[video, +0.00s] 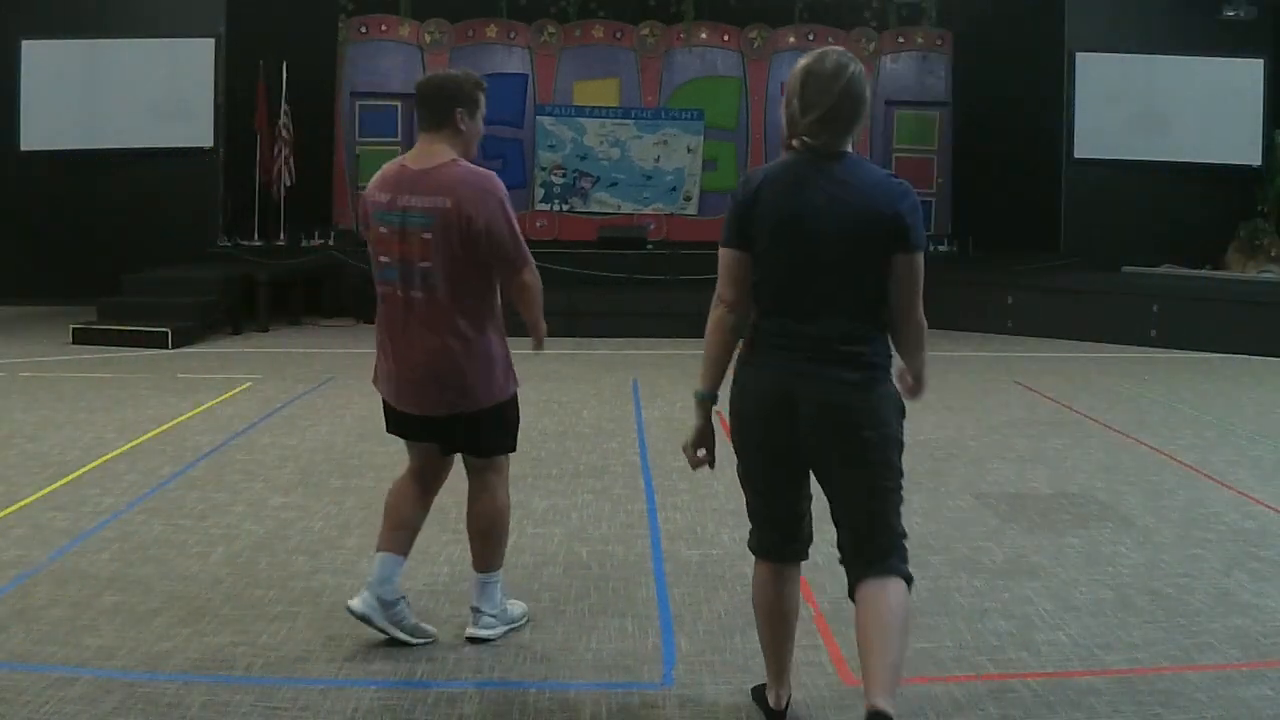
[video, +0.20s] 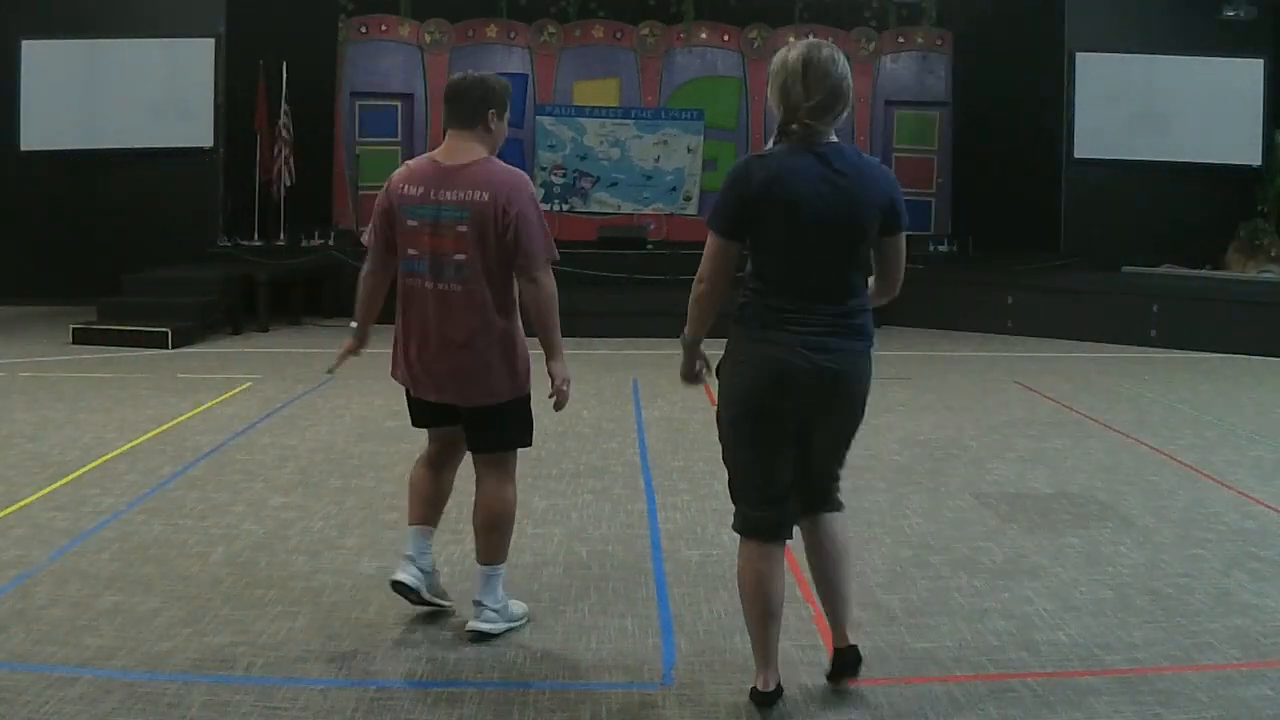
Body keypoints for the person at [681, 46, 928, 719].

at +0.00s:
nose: (782, 107)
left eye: (786, 99)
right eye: (791, 98)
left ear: (793, 111)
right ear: (860, 116)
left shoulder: (757, 194)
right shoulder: (892, 198)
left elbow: (730, 306)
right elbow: (907, 311)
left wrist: (704, 400)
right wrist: (914, 367)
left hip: (765, 398)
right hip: (857, 402)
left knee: (776, 546)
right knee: (877, 555)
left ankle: (777, 692)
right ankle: (880, 703)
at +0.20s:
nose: (768, 98)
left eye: (771, 90)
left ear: (778, 100)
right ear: (845, 103)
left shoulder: (753, 176)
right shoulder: (875, 179)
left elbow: (713, 281)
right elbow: (888, 283)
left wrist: (691, 345)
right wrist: (844, 301)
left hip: (761, 366)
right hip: (843, 367)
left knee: (761, 523)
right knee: (821, 497)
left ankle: (767, 677)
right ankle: (844, 642)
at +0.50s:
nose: (768, 122)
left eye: (780, 115)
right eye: (769, 113)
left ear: (811, 129)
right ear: (781, 124)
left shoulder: (815, 199)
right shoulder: (793, 191)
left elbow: (777, 294)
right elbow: (789, 291)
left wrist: (713, 320)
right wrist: (761, 358)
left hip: (806, 362)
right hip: (794, 358)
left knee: (781, 513)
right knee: (779, 496)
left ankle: (812, 666)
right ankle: (797, 600)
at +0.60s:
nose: (768, 121)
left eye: (783, 116)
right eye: (768, 112)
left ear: (813, 132)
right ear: (764, 122)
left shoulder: (829, 199)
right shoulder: (766, 193)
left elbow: (813, 300)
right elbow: (759, 283)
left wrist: (747, 363)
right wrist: (741, 359)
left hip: (824, 358)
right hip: (779, 353)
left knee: (789, 497)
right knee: (774, 486)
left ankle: (835, 640)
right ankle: (803, 596)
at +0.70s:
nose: (777, 118)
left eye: (790, 112)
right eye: (772, 109)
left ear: (815, 125)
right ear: (764, 120)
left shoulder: (841, 193)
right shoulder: (754, 193)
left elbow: (845, 289)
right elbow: (741, 277)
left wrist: (831, 371)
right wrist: (720, 352)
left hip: (832, 354)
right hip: (774, 355)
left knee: (810, 484)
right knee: (783, 484)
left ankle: (855, 608)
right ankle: (798, 600)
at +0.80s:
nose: (789, 118)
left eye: (801, 111)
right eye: (781, 110)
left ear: (822, 123)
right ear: (769, 121)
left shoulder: (851, 190)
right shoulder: (754, 195)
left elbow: (884, 272)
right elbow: (732, 275)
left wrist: (906, 352)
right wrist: (706, 348)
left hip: (845, 356)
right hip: (776, 356)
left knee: (835, 484)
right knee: (789, 485)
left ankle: (859, 577)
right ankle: (800, 598)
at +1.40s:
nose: (849, 133)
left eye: (858, 125)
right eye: (839, 126)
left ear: (875, 134)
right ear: (826, 137)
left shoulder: (902, 197)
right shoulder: (807, 200)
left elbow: (944, 264)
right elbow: (761, 274)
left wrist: (980, 326)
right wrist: (713, 345)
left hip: (887, 356)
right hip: (824, 357)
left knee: (873, 469)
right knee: (826, 474)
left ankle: (856, 567)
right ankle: (811, 594)